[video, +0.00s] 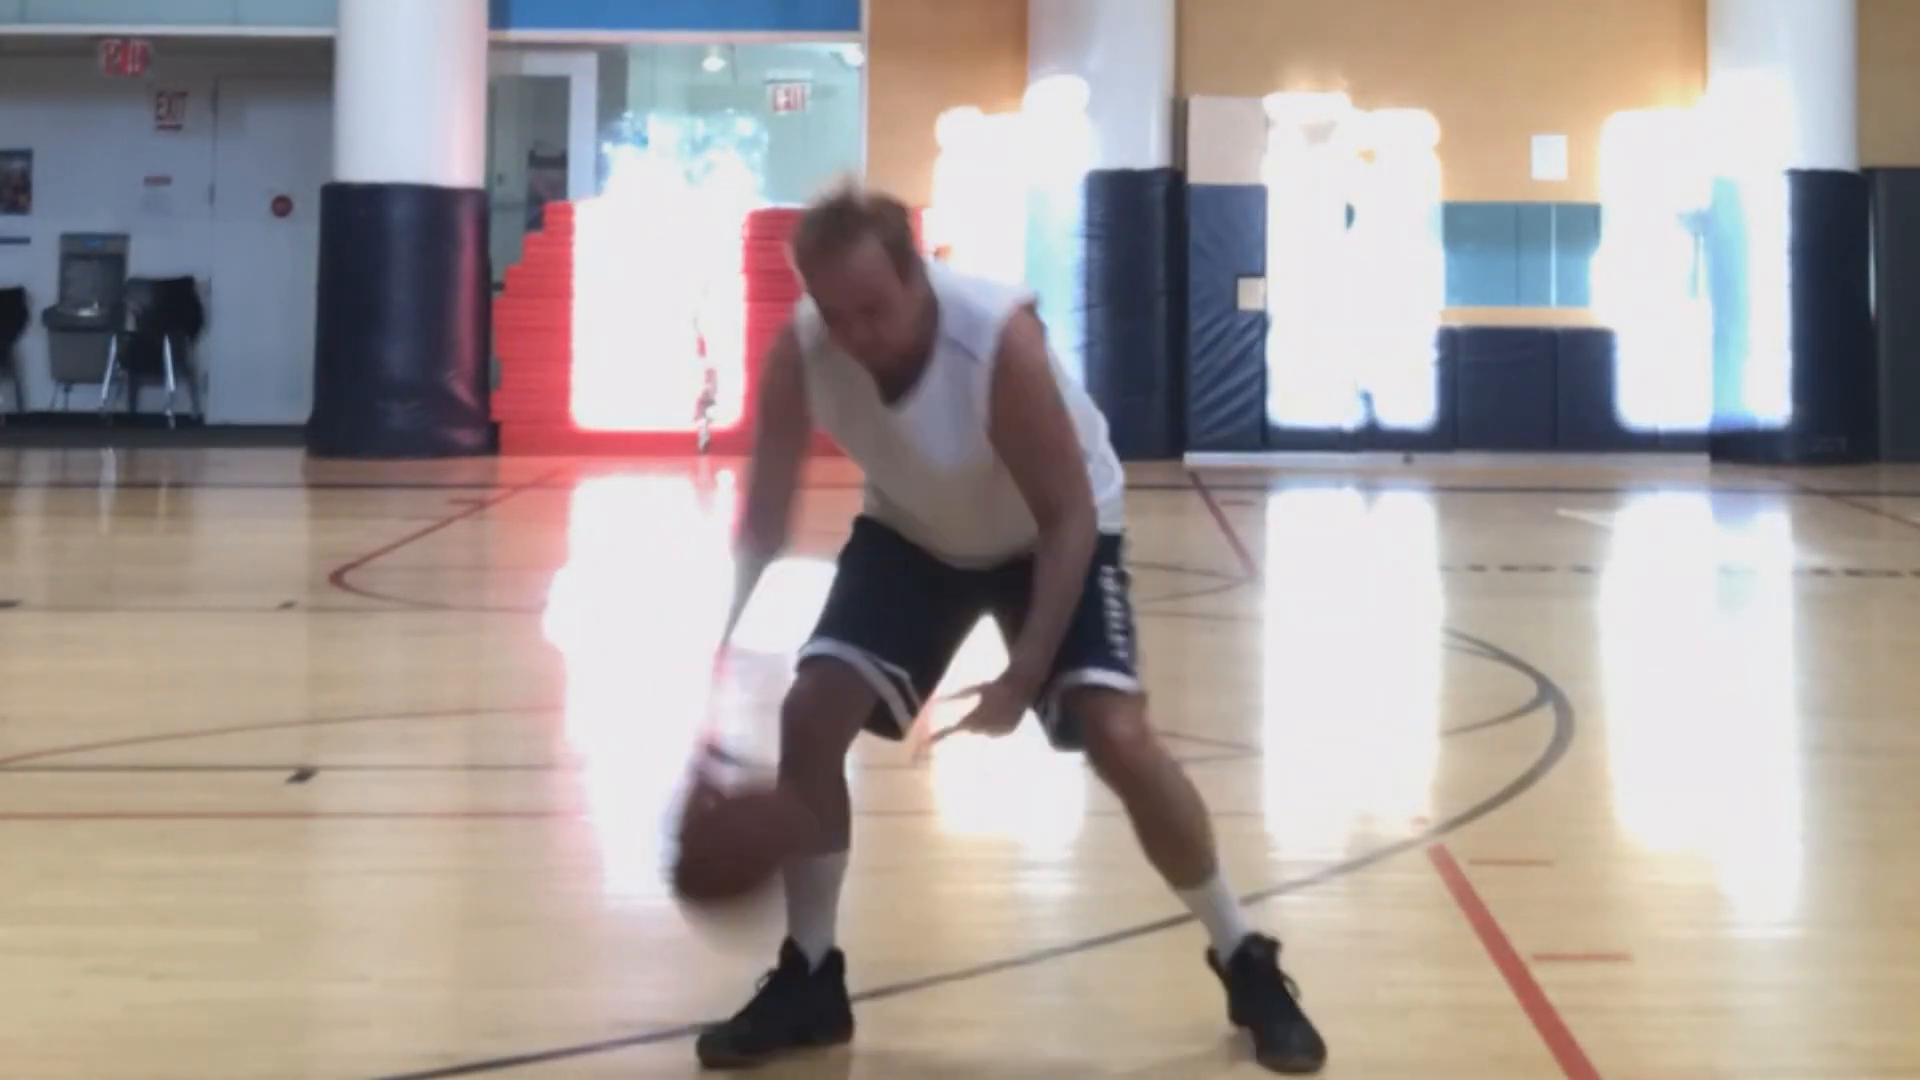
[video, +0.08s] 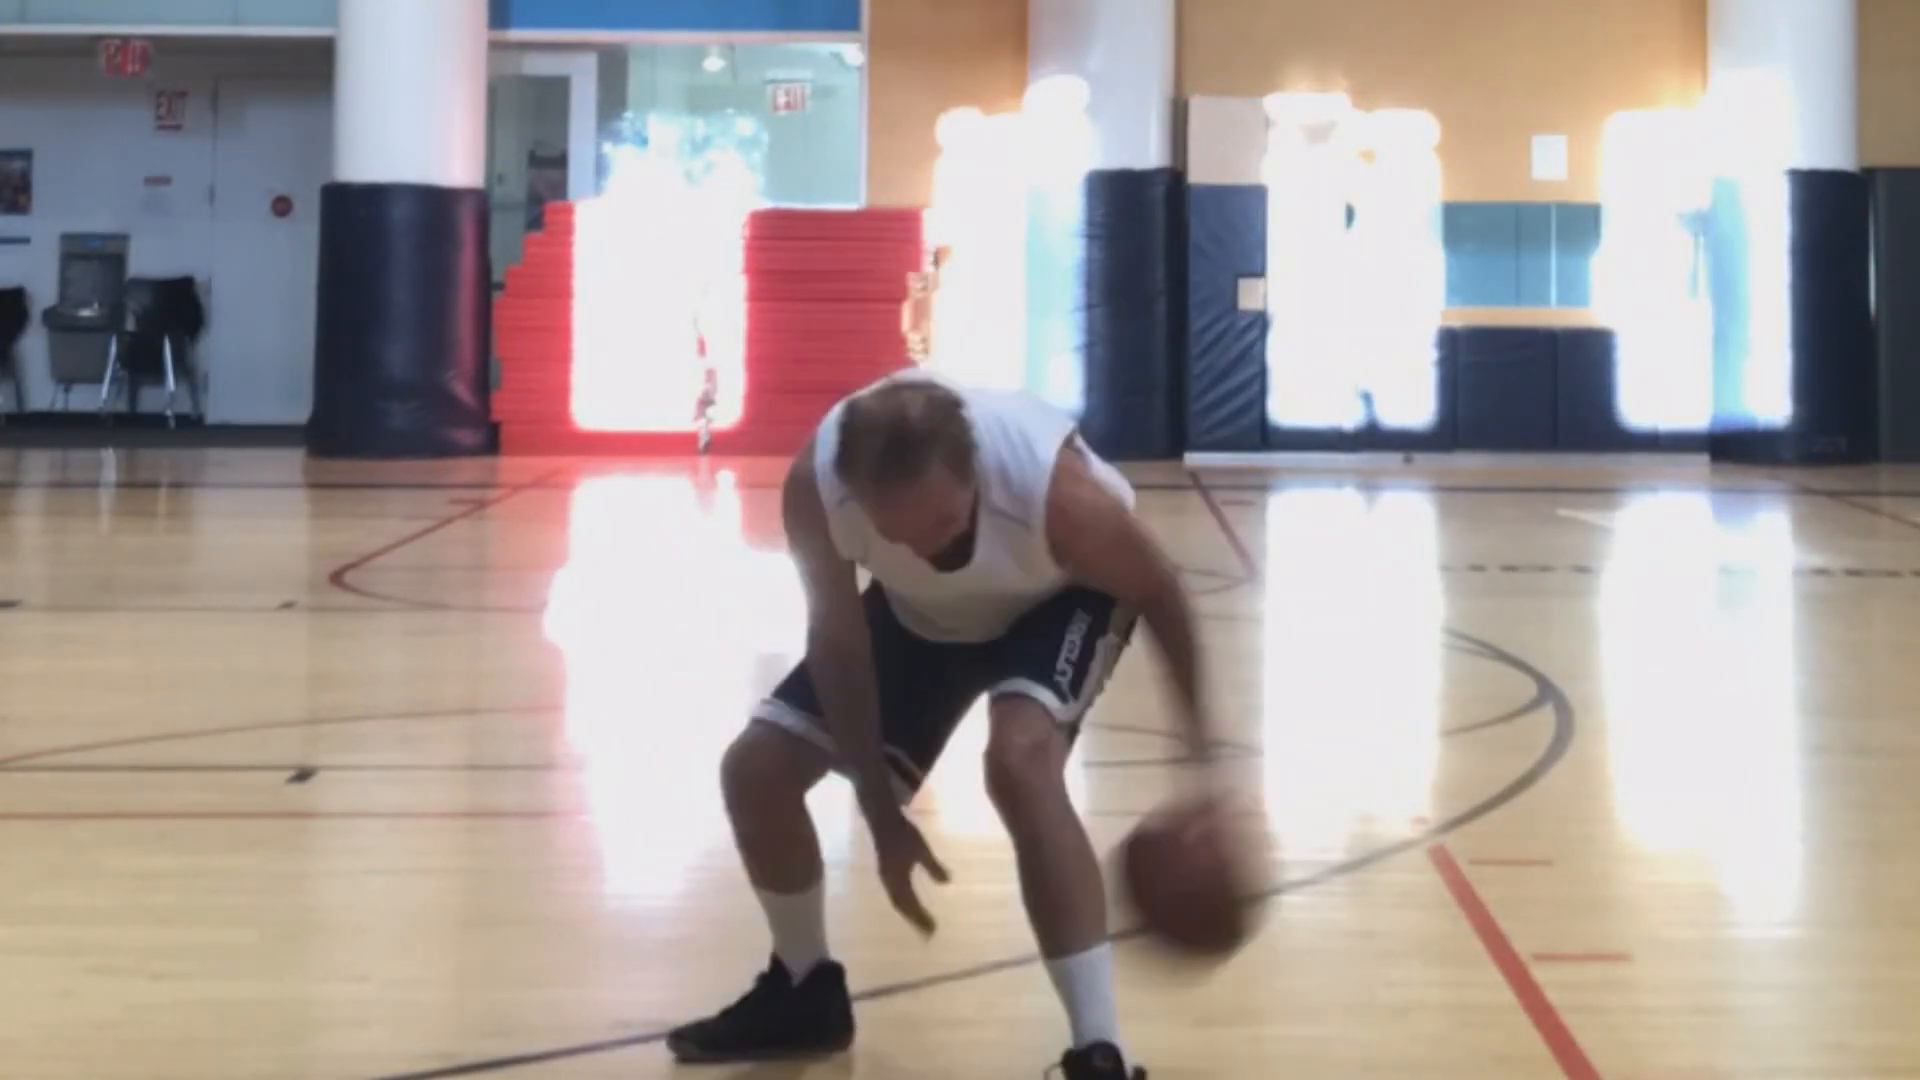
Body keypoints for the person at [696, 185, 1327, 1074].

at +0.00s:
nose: (855, 333)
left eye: (871, 309)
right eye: (834, 316)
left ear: (917, 276)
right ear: (811, 301)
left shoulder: (999, 339)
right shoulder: (802, 353)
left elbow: (1070, 518)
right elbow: (764, 520)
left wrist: (1027, 670)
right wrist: (718, 656)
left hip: (1050, 531)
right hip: (912, 533)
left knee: (1120, 741)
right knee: (810, 717)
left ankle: (1245, 962)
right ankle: (811, 980)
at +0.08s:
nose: (929, 549)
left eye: (945, 531)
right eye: (908, 538)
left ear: (971, 477)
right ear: (861, 492)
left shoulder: (1055, 492)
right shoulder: (817, 489)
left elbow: (1163, 594)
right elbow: (838, 640)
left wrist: (1203, 767)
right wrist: (880, 809)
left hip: (1062, 590)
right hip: (920, 606)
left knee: (1019, 761)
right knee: (755, 772)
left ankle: (1098, 1053)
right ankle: (805, 987)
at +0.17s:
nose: (916, 469)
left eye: (935, 442)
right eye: (889, 447)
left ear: (966, 422)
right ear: (856, 436)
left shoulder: (1041, 515)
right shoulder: (810, 494)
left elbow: (1126, 646)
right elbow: (799, 658)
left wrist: (1163, 800)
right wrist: (848, 834)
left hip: (1034, 642)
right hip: (890, 658)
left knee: (991, 769)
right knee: (698, 809)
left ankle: (1089, 1054)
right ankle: (792, 988)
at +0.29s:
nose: (900, 483)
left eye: (921, 456)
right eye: (874, 459)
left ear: (952, 436)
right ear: (841, 444)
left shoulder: (1013, 514)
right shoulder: (796, 500)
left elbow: (1105, 651)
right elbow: (774, 668)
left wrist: (1045, 807)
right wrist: (815, 846)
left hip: (1009, 651)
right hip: (870, 664)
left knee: (981, 772)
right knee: (683, 824)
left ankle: (1089, 1053)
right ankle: (790, 986)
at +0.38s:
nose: (900, 473)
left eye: (921, 446)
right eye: (875, 449)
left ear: (953, 429)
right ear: (841, 435)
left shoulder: (1019, 512)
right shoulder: (792, 498)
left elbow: (1102, 652)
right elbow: (775, 658)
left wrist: (1117, 824)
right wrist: (821, 841)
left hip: (1006, 646)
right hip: (861, 662)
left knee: (972, 774)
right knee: (677, 833)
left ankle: (1089, 1054)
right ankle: (785, 985)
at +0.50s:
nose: (919, 482)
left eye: (941, 457)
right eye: (895, 457)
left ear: (972, 438)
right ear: (861, 436)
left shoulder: (1023, 506)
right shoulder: (808, 487)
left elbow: (1097, 666)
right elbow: (778, 643)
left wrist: (1087, 829)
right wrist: (811, 804)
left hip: (1008, 654)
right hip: (870, 662)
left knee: (974, 776)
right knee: (682, 828)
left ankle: (1088, 1054)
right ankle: (777, 983)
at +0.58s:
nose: (1023, 379)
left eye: (1045, 355)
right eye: (1002, 355)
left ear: (1071, 336)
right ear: (958, 333)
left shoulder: (1107, 408)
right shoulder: (893, 391)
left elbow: (1147, 594)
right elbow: (876, 603)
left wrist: (1162, 738)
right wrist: (963, 615)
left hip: (1057, 604)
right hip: (925, 599)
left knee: (1031, 777)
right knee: (830, 779)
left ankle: (1095, 1051)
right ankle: (746, 964)